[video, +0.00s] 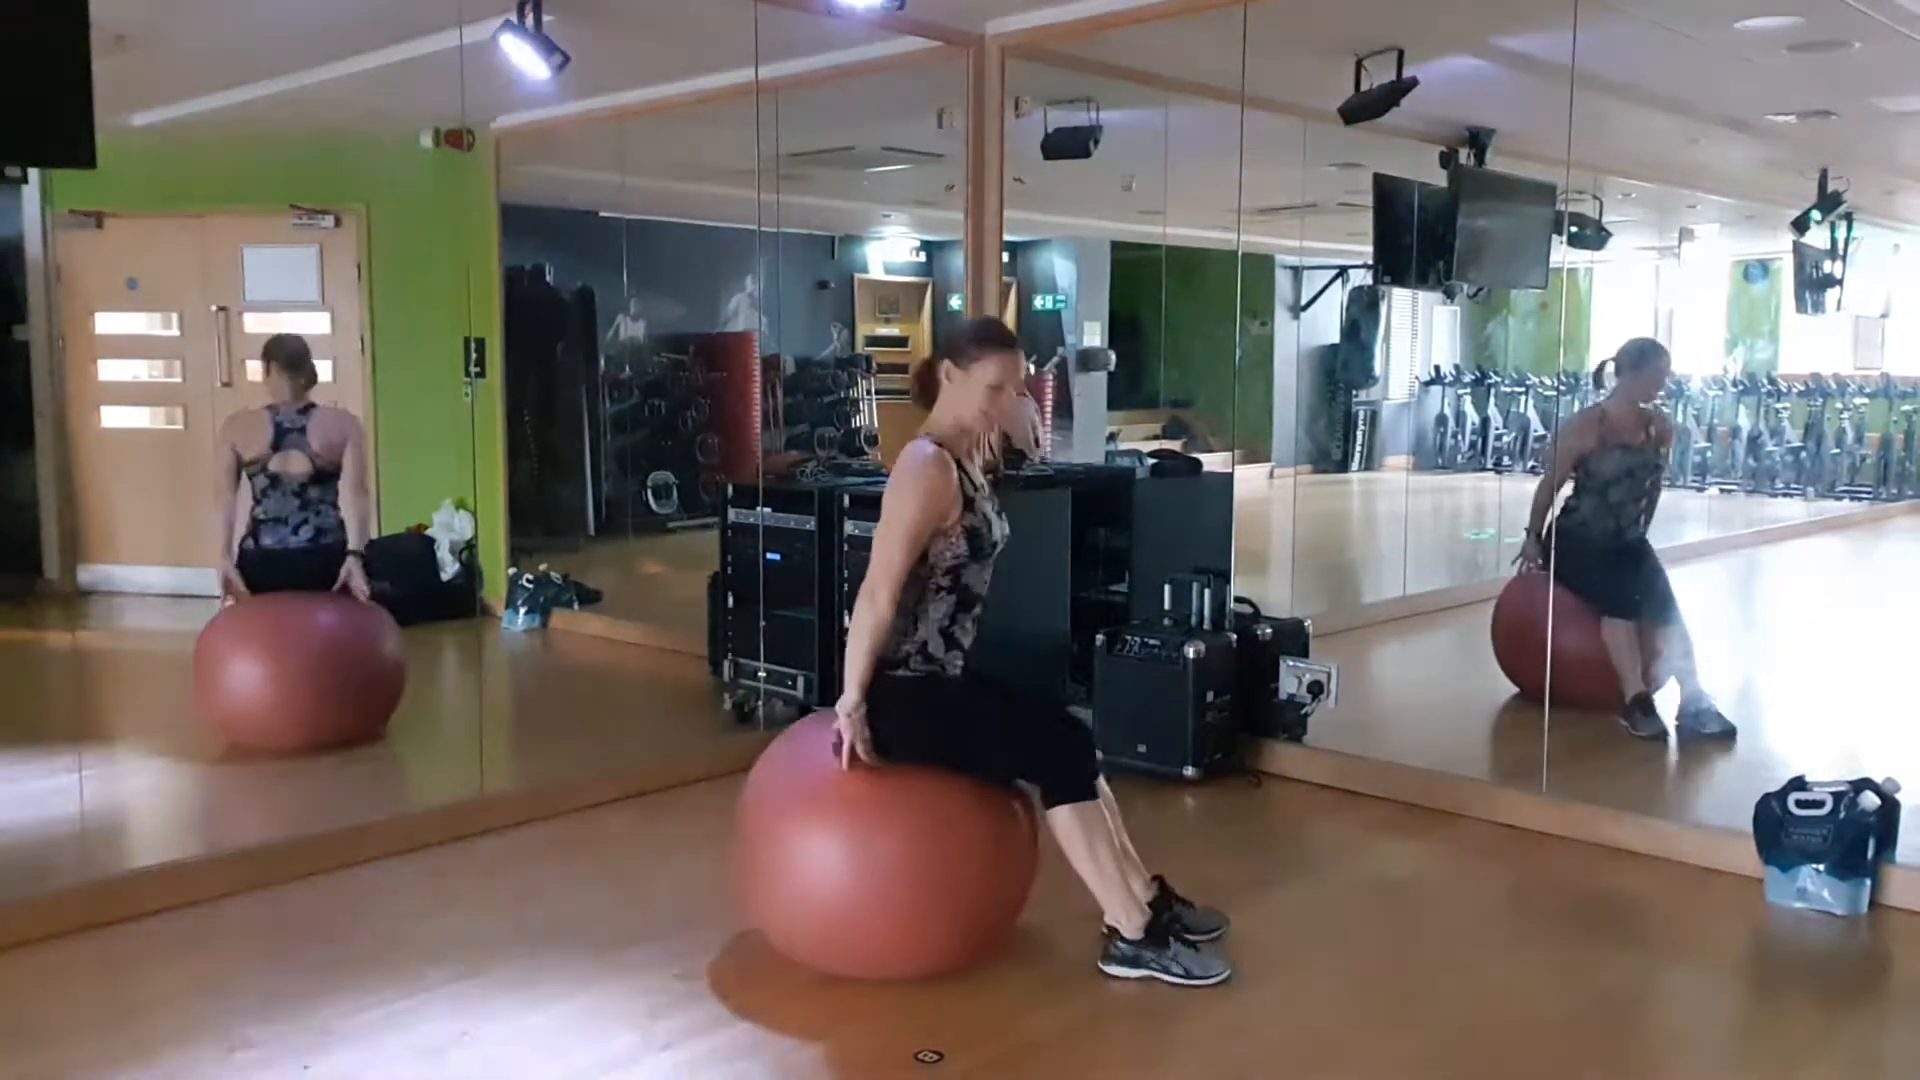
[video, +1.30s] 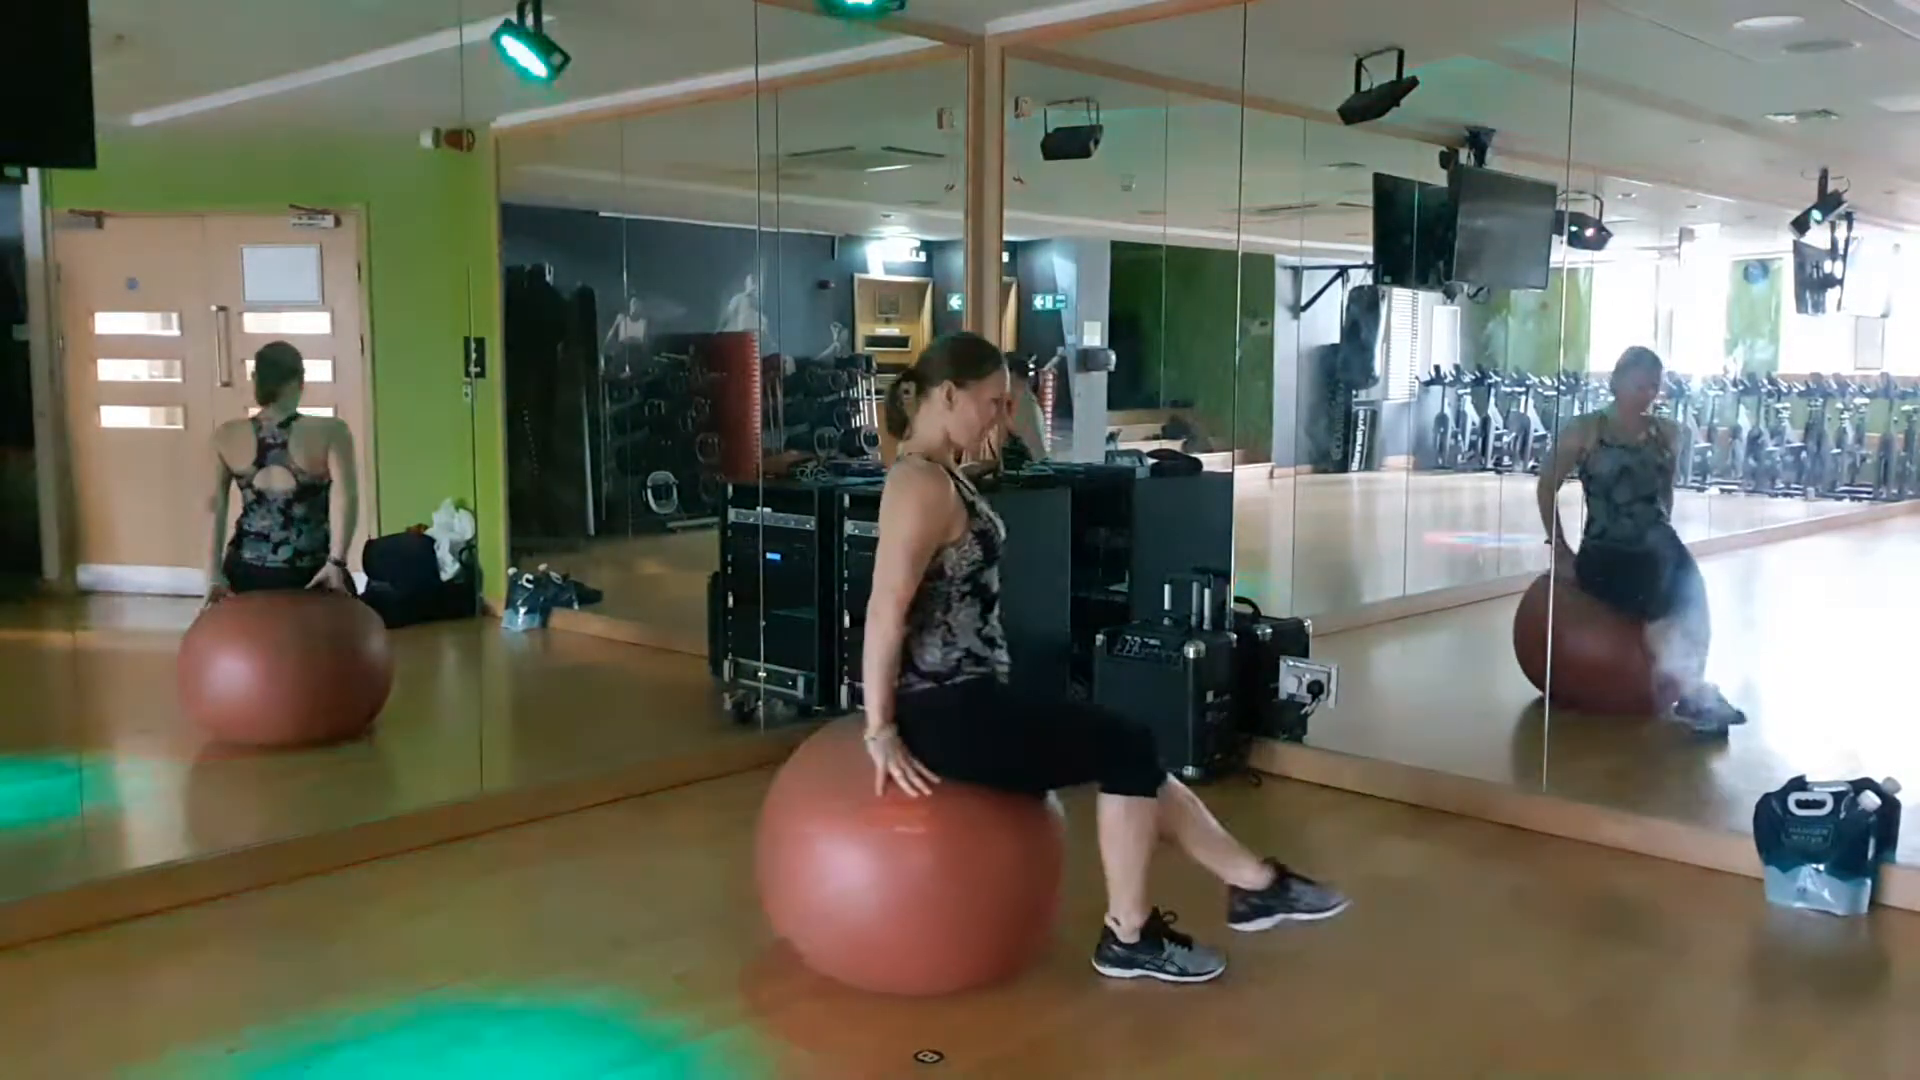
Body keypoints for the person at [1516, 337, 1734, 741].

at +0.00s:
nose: (1664, 385)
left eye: (1665, 377)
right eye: (1659, 376)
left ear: (1648, 377)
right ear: (1630, 373)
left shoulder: (1659, 427)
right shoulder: (1585, 426)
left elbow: (1650, 489)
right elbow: (1550, 483)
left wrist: (1638, 535)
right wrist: (1533, 536)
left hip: (1628, 539)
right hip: (1578, 538)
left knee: (1662, 600)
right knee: (1619, 594)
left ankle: (1694, 701)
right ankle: (1636, 700)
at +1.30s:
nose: (1648, 394)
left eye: (1653, 386)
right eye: (1640, 385)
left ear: (1658, 389)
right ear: (1616, 383)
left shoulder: (1669, 434)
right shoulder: (1585, 433)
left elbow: (1666, 494)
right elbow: (1546, 487)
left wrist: (1660, 538)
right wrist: (1560, 547)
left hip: (1657, 547)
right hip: (1605, 550)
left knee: (1692, 588)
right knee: (1665, 590)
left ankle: (1693, 686)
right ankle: (1689, 690)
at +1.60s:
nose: (1638, 403)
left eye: (1645, 395)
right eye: (1629, 394)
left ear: (1652, 400)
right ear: (1609, 396)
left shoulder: (1662, 442)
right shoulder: (1582, 441)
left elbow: (1670, 504)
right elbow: (1552, 504)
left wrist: (1676, 549)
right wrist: (1572, 560)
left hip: (1668, 555)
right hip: (1616, 559)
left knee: (1713, 589)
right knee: (1686, 603)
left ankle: (1700, 699)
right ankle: (1706, 711)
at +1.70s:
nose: (1643, 407)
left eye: (1648, 399)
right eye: (1634, 398)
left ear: (1652, 403)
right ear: (1611, 400)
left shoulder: (1662, 447)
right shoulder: (1583, 443)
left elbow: (1671, 510)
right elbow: (1552, 509)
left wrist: (1680, 554)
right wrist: (1574, 562)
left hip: (1671, 559)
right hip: (1619, 564)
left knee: (1718, 584)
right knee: (1702, 599)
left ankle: (1707, 702)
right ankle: (1707, 712)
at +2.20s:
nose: (1639, 426)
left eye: (1642, 419)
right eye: (1629, 418)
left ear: (1646, 424)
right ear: (1604, 422)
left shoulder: (1664, 465)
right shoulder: (1579, 471)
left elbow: (1682, 526)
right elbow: (1560, 535)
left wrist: (1695, 564)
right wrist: (1593, 574)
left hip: (1686, 563)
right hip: (1635, 575)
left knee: (1728, 588)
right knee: (1709, 603)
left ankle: (1791, 703)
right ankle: (1715, 714)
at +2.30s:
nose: (1634, 433)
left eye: (1639, 425)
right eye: (1624, 426)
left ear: (1644, 430)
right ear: (1602, 431)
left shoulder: (1664, 470)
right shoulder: (1579, 476)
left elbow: (1684, 530)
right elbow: (1561, 543)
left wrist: (1700, 567)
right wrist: (1599, 578)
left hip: (1688, 562)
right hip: (1637, 575)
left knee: (1742, 604)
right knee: (1714, 608)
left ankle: (1802, 708)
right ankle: (1716, 714)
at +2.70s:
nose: (1631, 464)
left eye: (1633, 458)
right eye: (1620, 459)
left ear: (1638, 465)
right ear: (1597, 467)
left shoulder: (1659, 504)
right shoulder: (1578, 509)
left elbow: (1686, 551)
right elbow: (1563, 565)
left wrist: (1719, 577)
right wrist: (1603, 586)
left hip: (1693, 578)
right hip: (1649, 586)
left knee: (1764, 628)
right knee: (1723, 616)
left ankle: (1818, 744)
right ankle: (1719, 716)